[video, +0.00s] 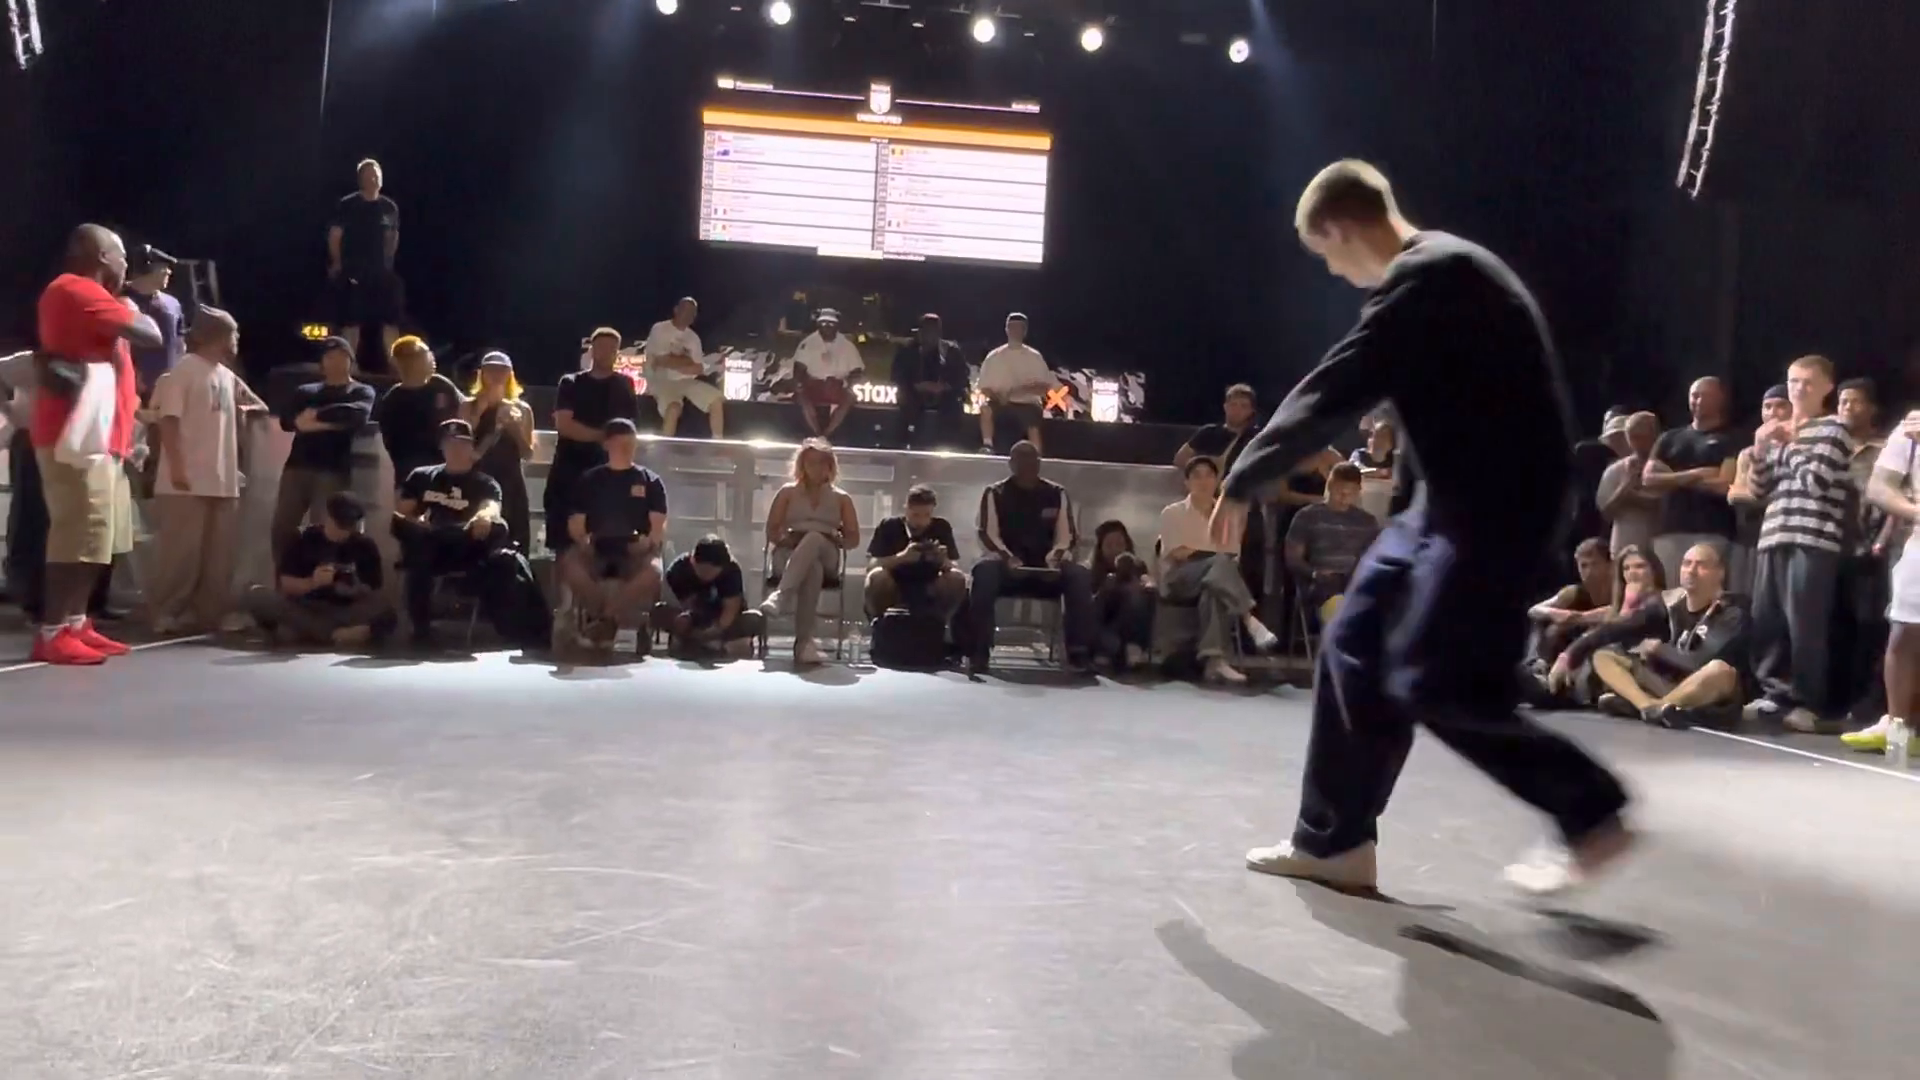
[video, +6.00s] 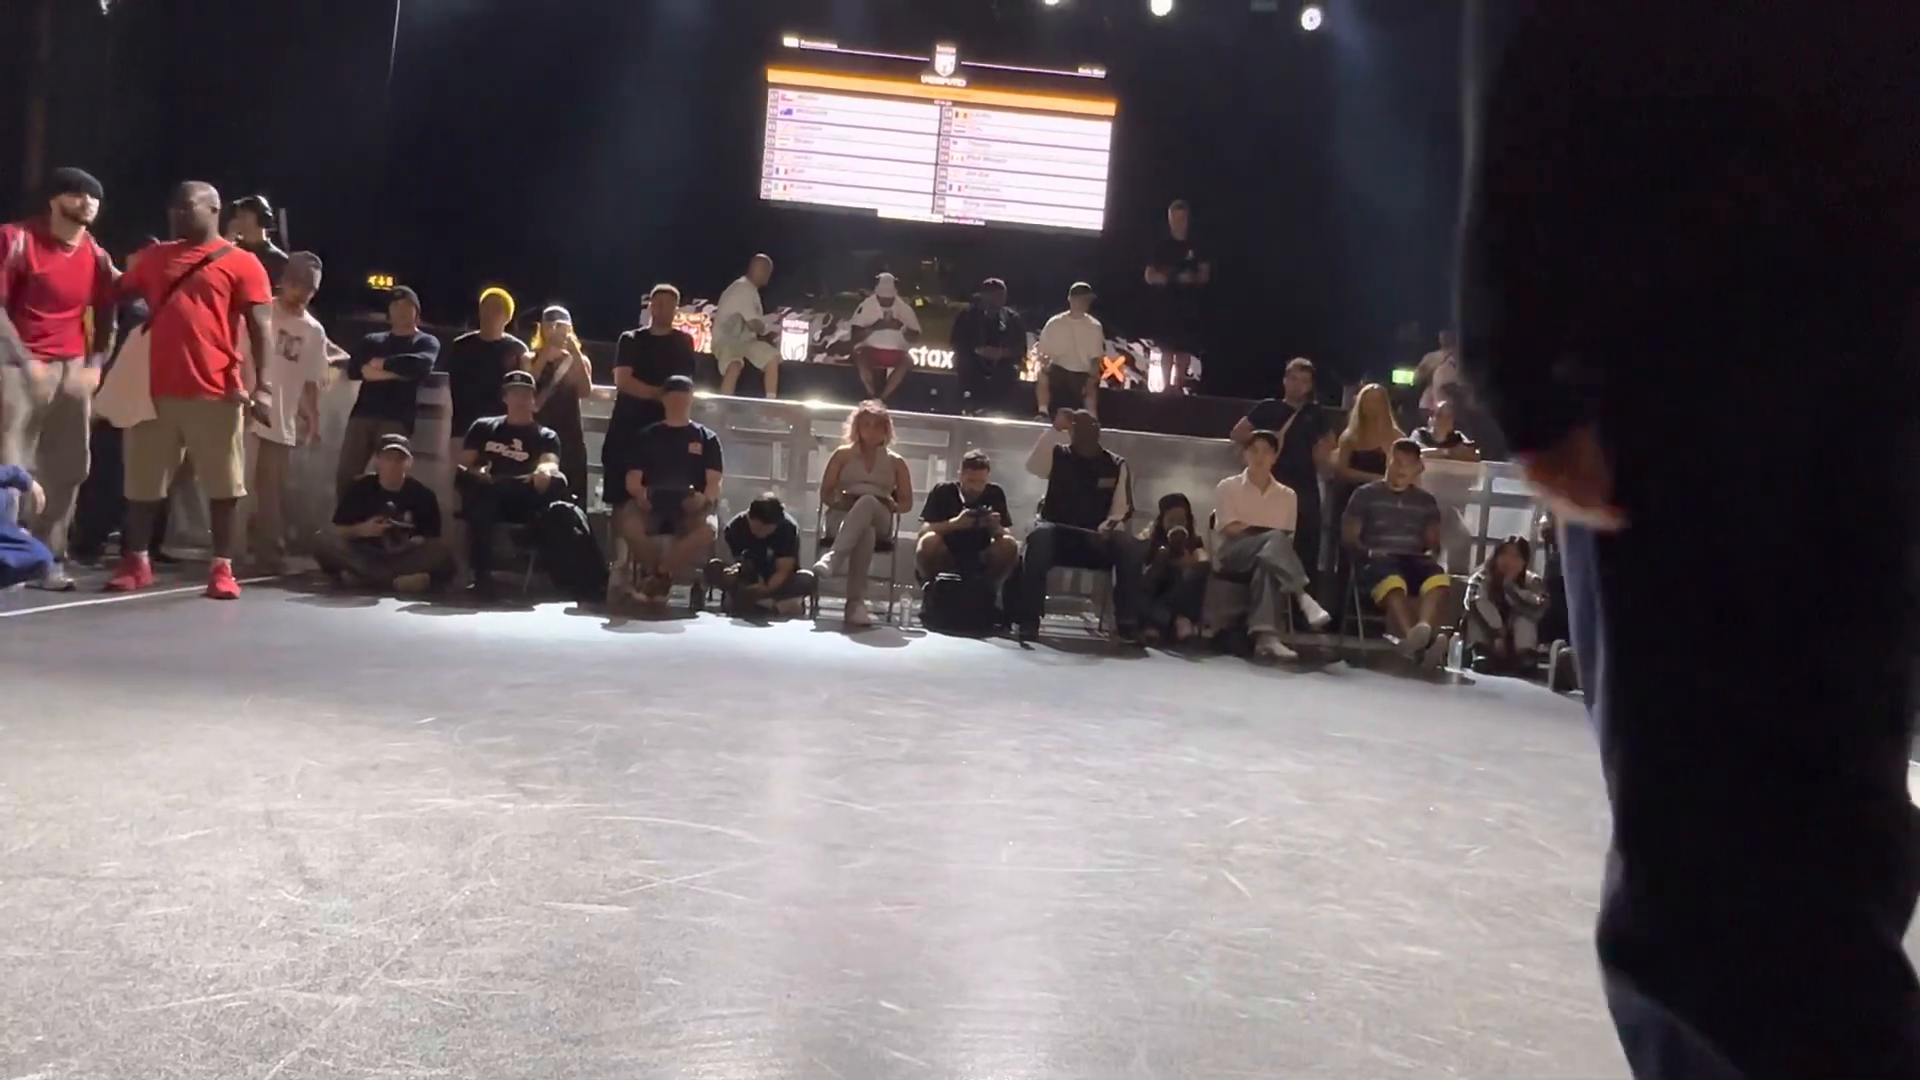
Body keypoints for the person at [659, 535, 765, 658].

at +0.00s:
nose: (710, 576)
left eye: (715, 571)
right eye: (706, 570)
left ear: (722, 565)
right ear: (695, 561)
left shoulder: (731, 570)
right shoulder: (676, 572)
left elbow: (732, 608)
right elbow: (687, 605)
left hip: (722, 611)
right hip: (695, 613)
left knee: (754, 619)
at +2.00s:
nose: (755, 532)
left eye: (761, 528)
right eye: (751, 526)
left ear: (770, 523)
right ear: (742, 517)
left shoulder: (780, 531)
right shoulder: (726, 533)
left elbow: (779, 569)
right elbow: (735, 566)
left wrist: (761, 591)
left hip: (770, 578)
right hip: (742, 579)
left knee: (802, 582)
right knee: (707, 572)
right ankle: (766, 609)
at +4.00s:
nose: (762, 524)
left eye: (768, 521)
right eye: (759, 519)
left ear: (779, 517)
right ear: (752, 508)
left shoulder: (790, 522)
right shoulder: (736, 523)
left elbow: (788, 563)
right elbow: (742, 558)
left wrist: (769, 580)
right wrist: (736, 568)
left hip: (780, 570)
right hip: (751, 570)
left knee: (811, 573)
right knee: (716, 564)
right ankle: (775, 600)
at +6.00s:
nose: (762, 533)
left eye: (767, 529)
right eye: (759, 527)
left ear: (776, 523)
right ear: (750, 518)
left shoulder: (788, 529)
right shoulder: (733, 529)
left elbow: (784, 569)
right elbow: (740, 564)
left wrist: (763, 590)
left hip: (776, 575)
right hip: (749, 576)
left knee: (807, 579)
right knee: (713, 568)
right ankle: (774, 607)